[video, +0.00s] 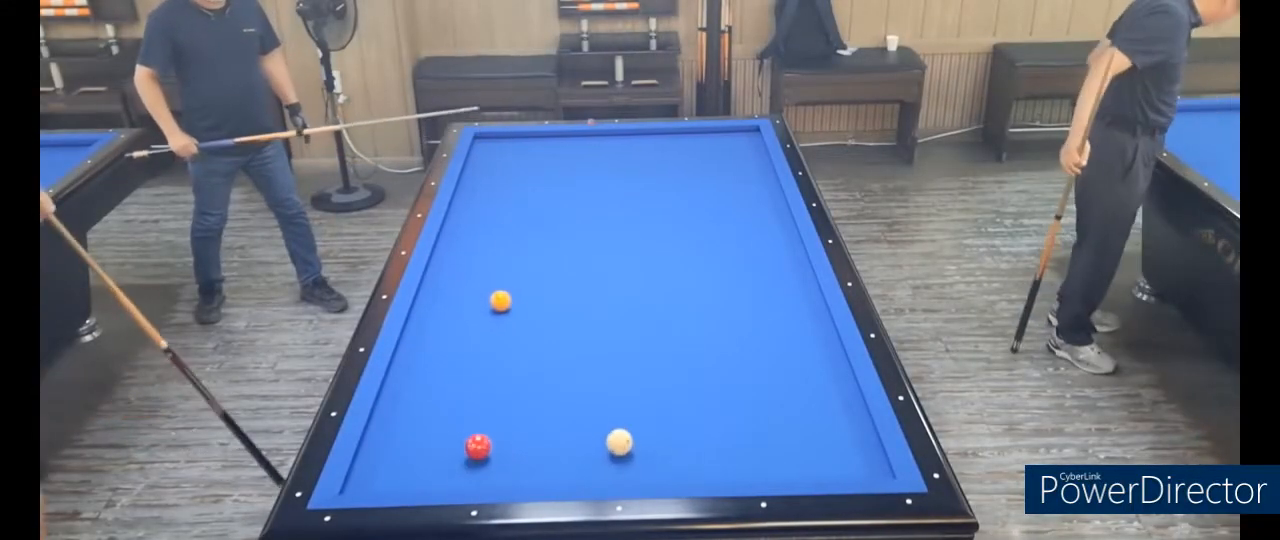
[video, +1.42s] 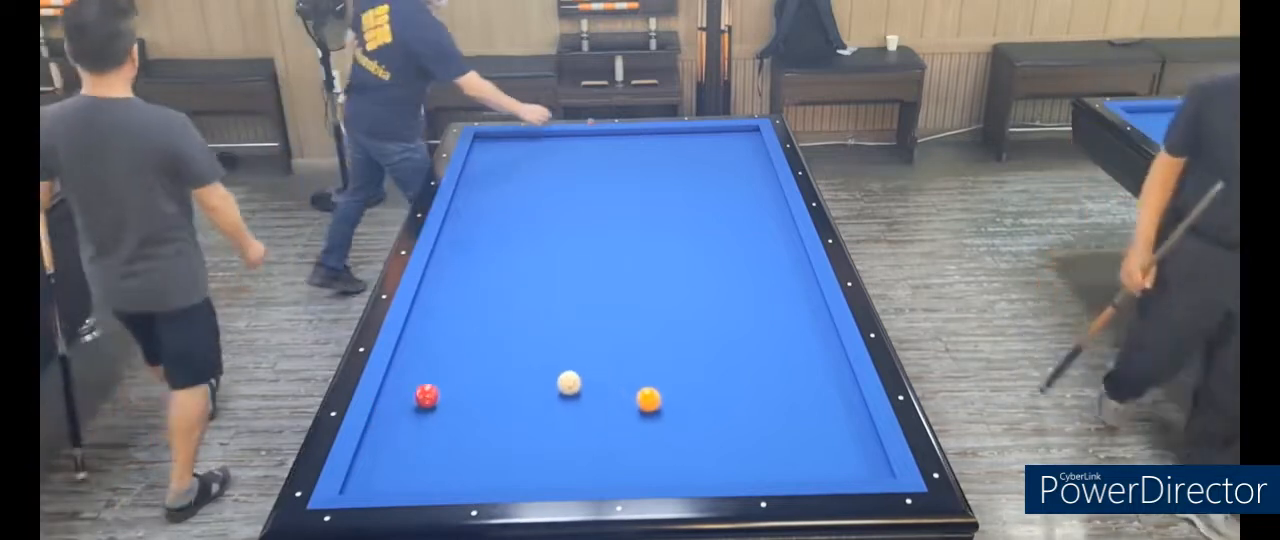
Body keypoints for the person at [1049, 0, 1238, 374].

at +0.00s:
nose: (1228, 15)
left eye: (1231, 9)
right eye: (1232, 8)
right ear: (1220, 3)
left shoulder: (1154, 7)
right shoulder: (1169, 18)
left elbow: (1097, 57)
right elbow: (1102, 67)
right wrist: (1075, 139)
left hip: (1112, 141)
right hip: (1122, 148)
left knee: (1096, 238)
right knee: (1102, 245)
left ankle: (1069, 310)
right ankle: (1070, 335)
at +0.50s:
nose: (1237, 15)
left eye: (1238, 8)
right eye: (1236, 6)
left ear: (1217, 4)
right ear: (1215, 1)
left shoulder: (1194, 28)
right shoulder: (1163, 26)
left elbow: (1154, 91)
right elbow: (1099, 87)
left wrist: (1164, 140)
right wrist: (1076, 156)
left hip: (1150, 155)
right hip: (1123, 155)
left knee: (1105, 237)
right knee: (1122, 266)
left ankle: (1071, 306)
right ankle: (1104, 367)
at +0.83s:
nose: (1240, 31)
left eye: (1242, 22)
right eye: (1235, 20)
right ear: (1205, 10)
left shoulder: (1229, 61)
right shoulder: (1151, 49)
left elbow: (1217, 118)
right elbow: (1096, 112)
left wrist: (1226, 174)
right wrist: (1066, 185)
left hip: (1179, 187)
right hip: (1124, 180)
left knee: (1172, 274)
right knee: (1121, 282)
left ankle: (1101, 299)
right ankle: (1107, 380)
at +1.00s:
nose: (1237, 49)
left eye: (1241, 41)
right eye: (1233, 38)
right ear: (1207, 19)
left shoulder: (1235, 71)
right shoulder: (1148, 56)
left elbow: (1233, 136)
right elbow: (1102, 125)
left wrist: (1235, 183)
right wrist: (1076, 196)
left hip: (1200, 201)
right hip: (1134, 194)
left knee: (1188, 303)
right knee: (1113, 293)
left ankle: (1136, 355)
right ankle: (1106, 379)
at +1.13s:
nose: (1243, 57)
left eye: (1245, 47)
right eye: (1240, 45)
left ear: (1228, 34)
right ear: (1219, 31)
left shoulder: (1236, 86)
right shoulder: (1160, 76)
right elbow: (1110, 146)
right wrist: (1088, 216)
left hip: (1216, 222)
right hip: (1147, 214)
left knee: (1203, 332)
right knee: (1119, 302)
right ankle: (1107, 379)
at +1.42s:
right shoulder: (1212, 96)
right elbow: (1166, 169)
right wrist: (1142, 245)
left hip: (1236, 263)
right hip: (1200, 254)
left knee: (1228, 391)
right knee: (1159, 350)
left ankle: (1209, 488)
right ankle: (1117, 392)